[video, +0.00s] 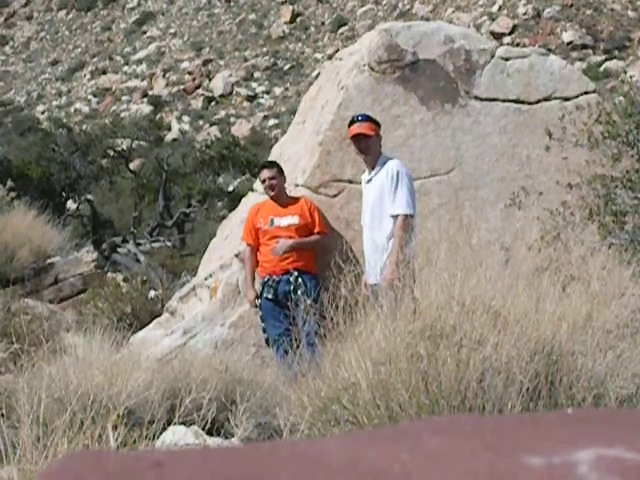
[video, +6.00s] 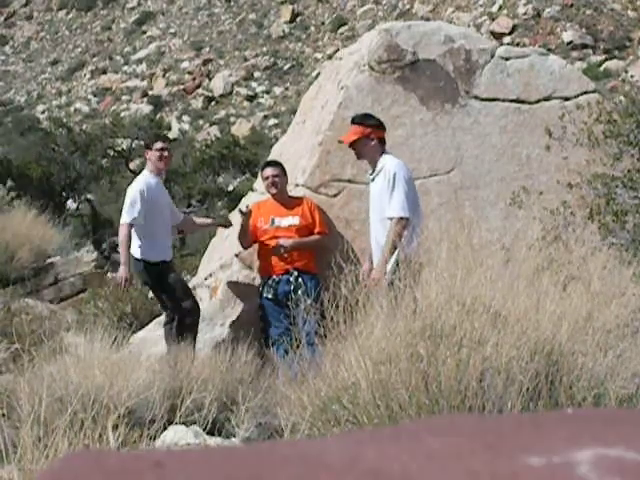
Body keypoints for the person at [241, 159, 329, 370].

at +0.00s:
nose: (269, 184)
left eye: (273, 178)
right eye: (264, 181)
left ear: (283, 178)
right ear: (261, 185)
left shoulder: (304, 205)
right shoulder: (257, 212)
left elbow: (324, 237)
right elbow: (250, 249)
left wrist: (293, 244)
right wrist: (249, 286)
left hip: (303, 277)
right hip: (271, 281)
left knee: (310, 335)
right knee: (279, 340)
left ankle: (316, 383)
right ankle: (292, 386)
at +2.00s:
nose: (269, 184)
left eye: (273, 178)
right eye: (264, 181)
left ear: (283, 178)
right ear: (261, 185)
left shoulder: (305, 205)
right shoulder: (257, 212)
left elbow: (325, 236)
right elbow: (250, 249)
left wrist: (294, 243)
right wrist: (249, 285)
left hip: (303, 277)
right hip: (271, 281)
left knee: (310, 334)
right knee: (278, 339)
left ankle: (316, 381)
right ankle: (291, 385)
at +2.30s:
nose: (268, 185)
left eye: (272, 180)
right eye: (263, 182)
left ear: (282, 179)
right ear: (260, 186)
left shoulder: (305, 205)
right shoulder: (257, 211)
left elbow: (324, 236)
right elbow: (246, 245)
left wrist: (293, 244)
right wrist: (225, 268)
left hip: (303, 278)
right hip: (271, 281)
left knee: (310, 334)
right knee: (278, 339)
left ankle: (315, 381)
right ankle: (291, 385)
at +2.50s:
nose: (267, 185)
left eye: (271, 180)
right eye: (263, 182)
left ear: (282, 180)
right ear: (260, 186)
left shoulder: (304, 204)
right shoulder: (257, 210)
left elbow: (323, 236)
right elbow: (234, 238)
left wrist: (293, 243)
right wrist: (205, 241)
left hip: (302, 277)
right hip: (271, 280)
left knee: (310, 333)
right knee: (278, 339)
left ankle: (316, 380)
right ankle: (292, 385)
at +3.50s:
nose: (270, 185)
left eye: (274, 180)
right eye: (265, 182)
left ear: (284, 180)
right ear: (261, 186)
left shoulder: (304, 205)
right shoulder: (256, 211)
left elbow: (323, 237)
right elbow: (239, 244)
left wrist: (293, 243)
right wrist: (223, 273)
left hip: (303, 277)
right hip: (271, 280)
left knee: (310, 332)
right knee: (279, 338)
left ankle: (315, 379)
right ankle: (290, 382)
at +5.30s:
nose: (272, 181)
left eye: (276, 176)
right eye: (267, 178)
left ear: (285, 178)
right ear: (263, 183)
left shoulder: (306, 205)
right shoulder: (258, 210)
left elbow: (324, 238)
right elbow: (246, 242)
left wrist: (293, 243)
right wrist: (243, 249)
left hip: (304, 278)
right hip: (272, 281)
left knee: (310, 335)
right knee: (278, 338)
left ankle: (315, 381)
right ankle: (288, 384)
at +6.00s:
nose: (272, 181)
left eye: (276, 176)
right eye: (267, 178)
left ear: (285, 178)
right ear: (263, 183)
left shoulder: (306, 205)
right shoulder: (258, 210)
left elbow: (324, 236)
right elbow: (246, 243)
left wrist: (294, 243)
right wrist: (245, 221)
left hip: (303, 276)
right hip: (272, 279)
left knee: (309, 332)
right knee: (279, 336)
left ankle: (315, 379)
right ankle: (288, 382)